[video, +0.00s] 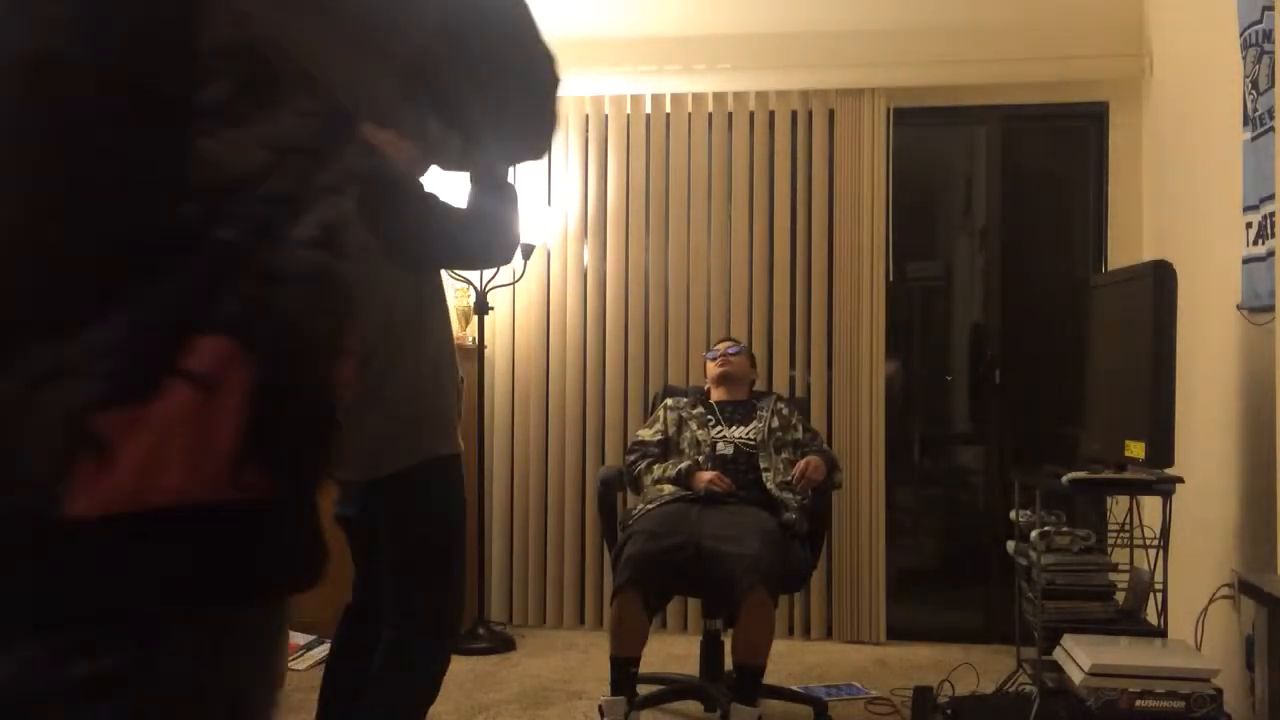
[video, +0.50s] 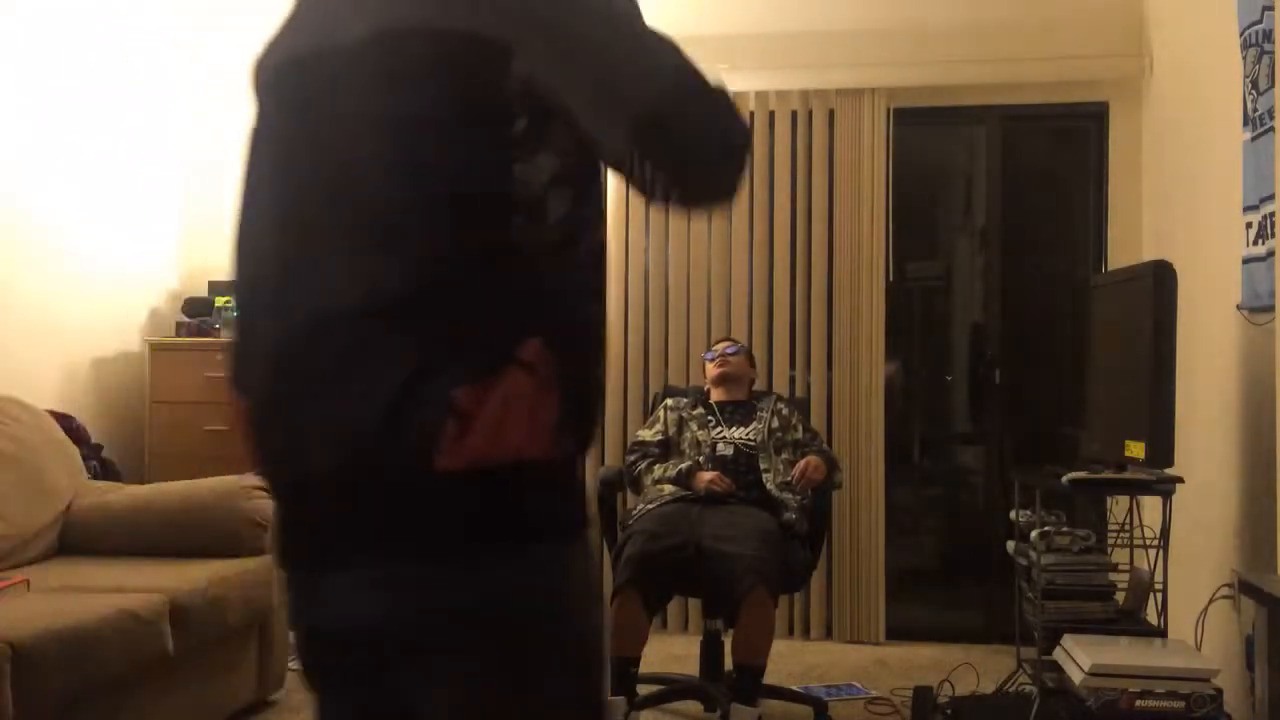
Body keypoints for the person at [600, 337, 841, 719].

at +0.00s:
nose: (722, 354)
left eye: (733, 350)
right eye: (713, 353)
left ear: (753, 371)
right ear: (705, 373)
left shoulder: (779, 411)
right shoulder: (674, 409)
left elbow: (825, 457)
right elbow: (638, 465)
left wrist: (820, 461)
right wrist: (689, 476)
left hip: (749, 507)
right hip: (673, 503)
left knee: (756, 576)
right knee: (637, 568)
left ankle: (746, 705)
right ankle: (621, 697)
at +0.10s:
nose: (721, 354)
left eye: (733, 350)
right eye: (713, 353)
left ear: (753, 370)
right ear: (704, 374)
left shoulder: (780, 411)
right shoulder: (674, 409)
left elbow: (825, 458)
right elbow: (638, 464)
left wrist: (820, 461)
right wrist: (689, 476)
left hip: (749, 507)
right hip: (673, 503)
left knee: (756, 576)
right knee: (637, 567)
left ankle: (746, 705)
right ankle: (621, 697)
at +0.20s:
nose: (720, 355)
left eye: (732, 350)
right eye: (712, 353)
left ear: (752, 371)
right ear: (704, 374)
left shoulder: (779, 412)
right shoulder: (674, 409)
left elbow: (825, 459)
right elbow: (638, 464)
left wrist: (821, 462)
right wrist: (689, 476)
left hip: (749, 507)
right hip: (673, 504)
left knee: (756, 576)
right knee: (637, 567)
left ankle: (746, 705)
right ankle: (621, 696)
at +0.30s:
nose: (720, 355)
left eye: (732, 351)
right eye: (712, 353)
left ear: (752, 371)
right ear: (704, 374)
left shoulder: (780, 412)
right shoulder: (673, 409)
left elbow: (825, 459)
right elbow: (638, 465)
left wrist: (821, 461)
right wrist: (689, 476)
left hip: (749, 507)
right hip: (673, 504)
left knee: (756, 576)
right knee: (637, 567)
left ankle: (745, 705)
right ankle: (621, 696)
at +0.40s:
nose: (720, 354)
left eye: (732, 350)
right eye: (712, 353)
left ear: (752, 371)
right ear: (704, 374)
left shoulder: (779, 412)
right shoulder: (674, 409)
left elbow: (824, 458)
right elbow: (639, 465)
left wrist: (820, 461)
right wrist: (689, 476)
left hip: (749, 508)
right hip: (672, 505)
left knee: (755, 579)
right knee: (636, 570)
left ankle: (745, 705)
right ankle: (621, 696)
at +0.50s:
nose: (720, 355)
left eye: (732, 350)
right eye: (712, 353)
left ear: (752, 370)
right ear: (704, 375)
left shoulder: (779, 411)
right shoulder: (674, 409)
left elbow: (823, 456)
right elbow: (639, 464)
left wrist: (821, 461)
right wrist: (689, 477)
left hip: (750, 506)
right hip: (673, 503)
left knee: (756, 577)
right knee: (638, 565)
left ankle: (745, 704)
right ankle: (620, 694)